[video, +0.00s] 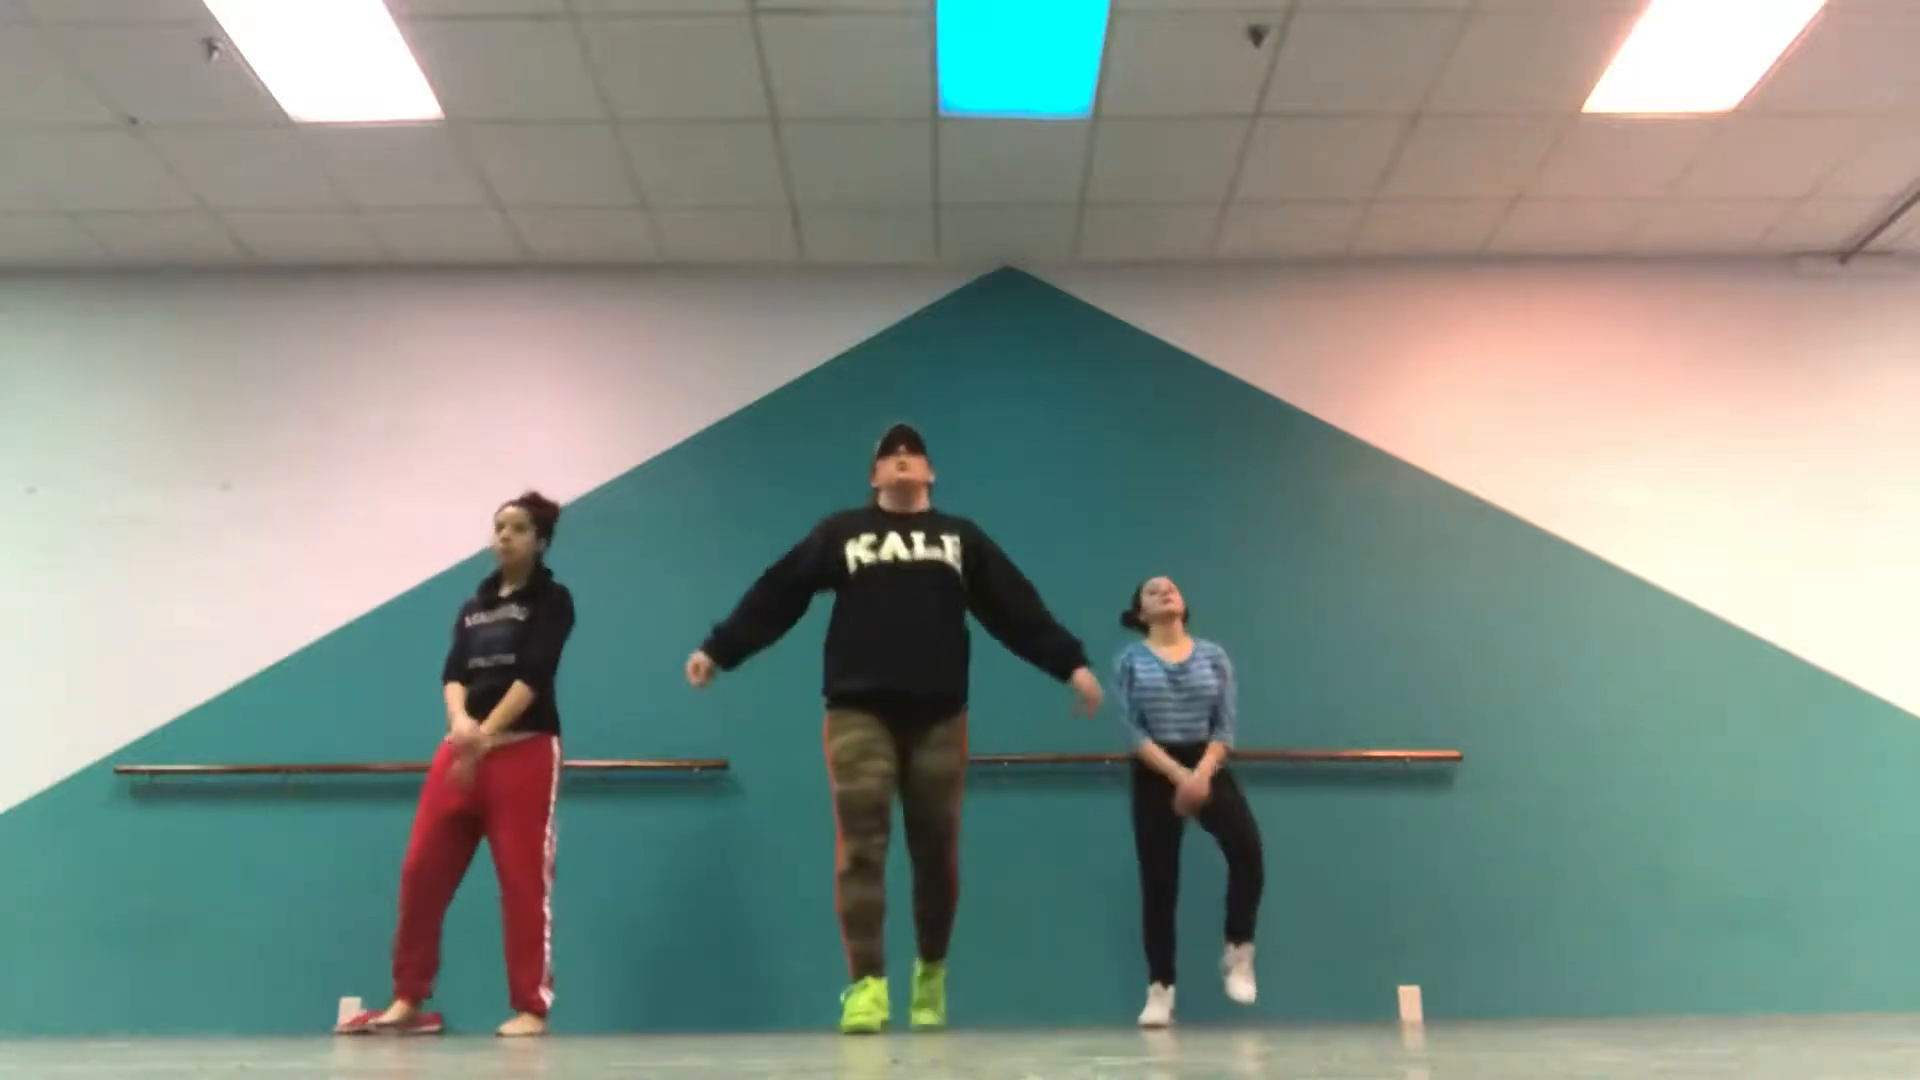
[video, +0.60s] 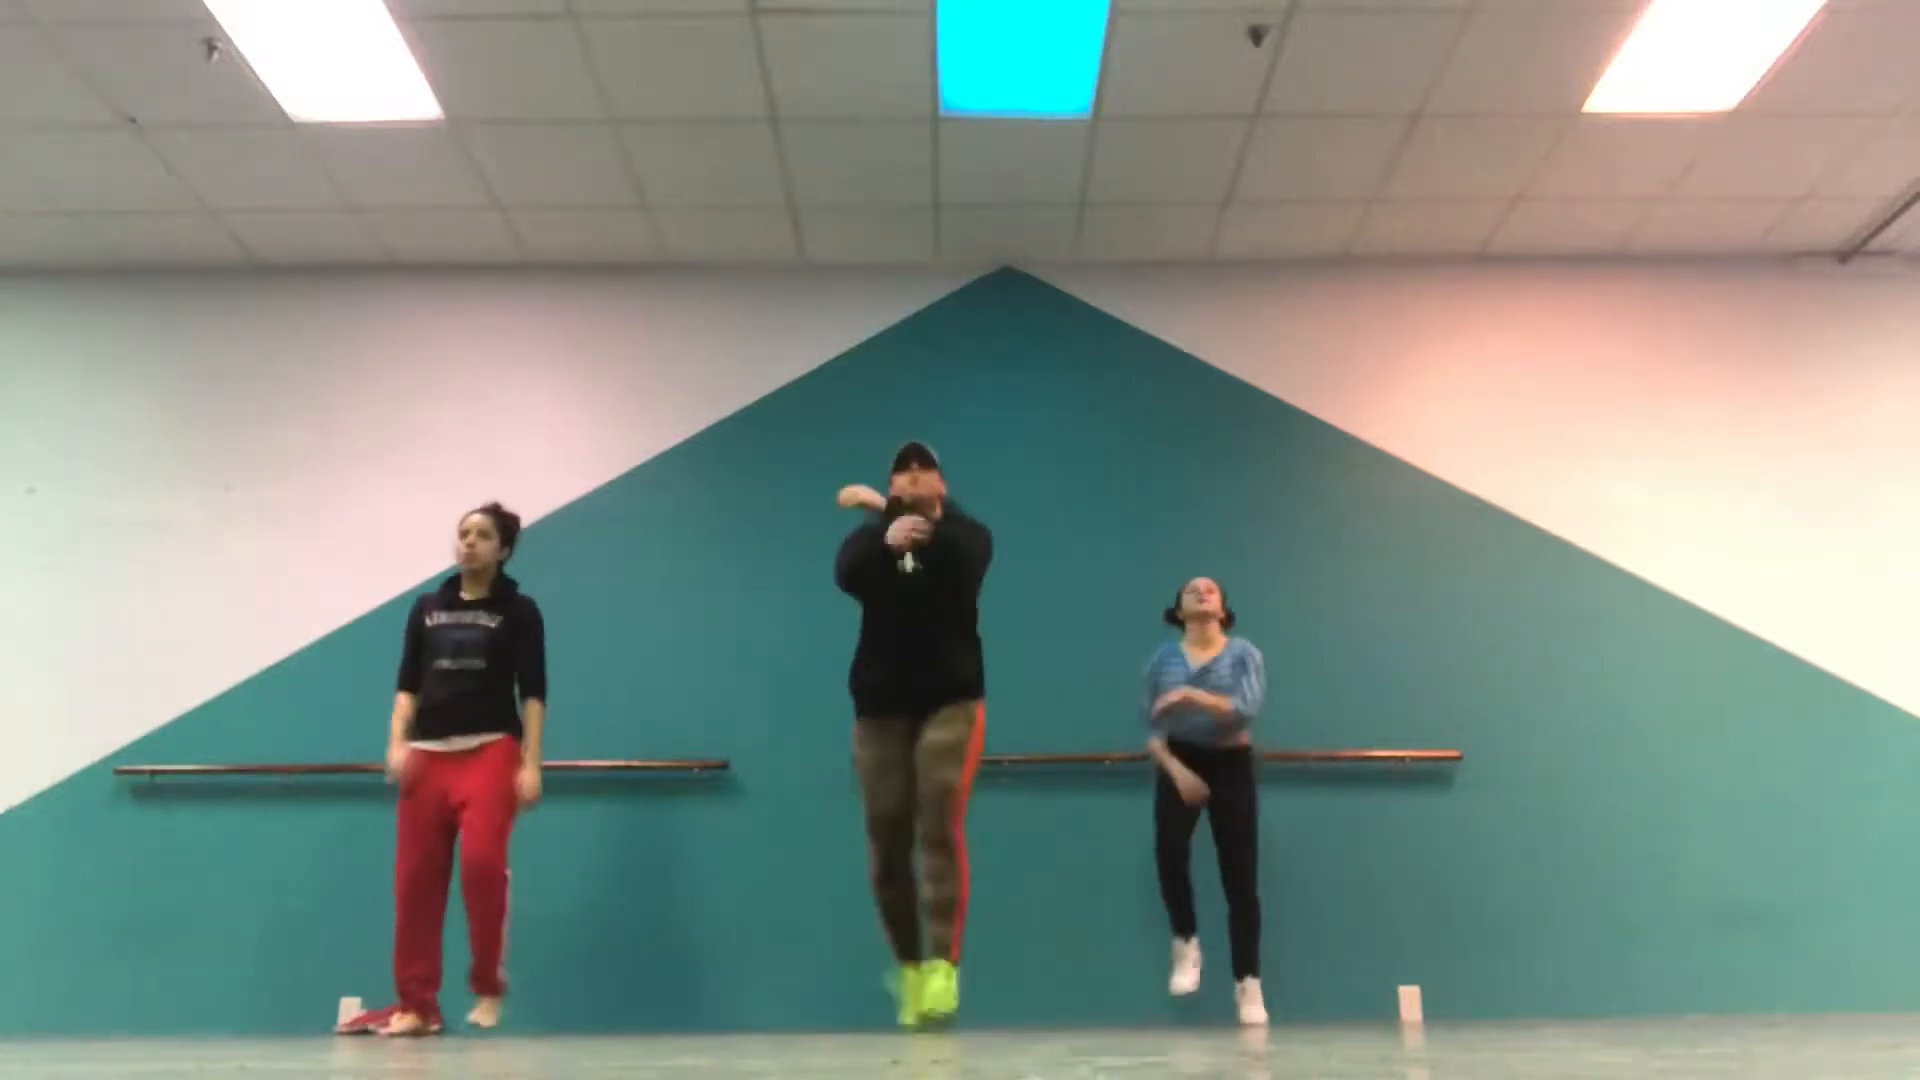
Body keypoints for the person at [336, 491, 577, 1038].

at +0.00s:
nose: (504, 537)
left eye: (516, 530)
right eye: (500, 528)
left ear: (539, 540)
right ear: (493, 536)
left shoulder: (553, 600)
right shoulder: (475, 603)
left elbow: (532, 677)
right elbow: (454, 673)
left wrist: (485, 737)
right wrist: (459, 721)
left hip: (523, 752)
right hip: (464, 747)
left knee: (524, 879)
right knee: (422, 871)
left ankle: (531, 1010)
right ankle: (410, 1001)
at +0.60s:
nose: (468, 543)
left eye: (480, 537)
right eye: (464, 535)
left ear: (503, 548)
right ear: (456, 543)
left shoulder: (520, 611)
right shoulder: (427, 608)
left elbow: (532, 692)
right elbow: (409, 685)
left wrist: (531, 763)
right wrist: (397, 742)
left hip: (490, 754)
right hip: (426, 754)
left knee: (481, 865)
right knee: (415, 879)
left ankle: (487, 991)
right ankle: (417, 1004)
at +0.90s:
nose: (508, 561)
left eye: (520, 553)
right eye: (501, 550)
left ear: (534, 564)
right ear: (487, 553)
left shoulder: (536, 631)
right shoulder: (447, 611)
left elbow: (524, 711)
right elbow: (392, 671)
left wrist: (519, 778)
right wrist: (326, 668)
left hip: (489, 771)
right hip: (423, 761)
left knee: (481, 886)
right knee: (394, 869)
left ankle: (463, 1008)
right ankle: (395, 993)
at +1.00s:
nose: (526, 572)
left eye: (536, 565)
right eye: (518, 561)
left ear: (548, 575)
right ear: (502, 564)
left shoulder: (538, 641)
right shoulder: (457, 602)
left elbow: (512, 714)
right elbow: (379, 606)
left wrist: (506, 781)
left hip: (482, 775)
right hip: (419, 761)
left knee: (476, 891)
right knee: (380, 848)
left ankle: (459, 1008)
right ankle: (347, 951)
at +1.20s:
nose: (534, 584)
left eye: (542, 575)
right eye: (525, 574)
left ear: (548, 583)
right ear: (504, 576)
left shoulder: (527, 639)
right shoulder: (480, 604)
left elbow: (481, 692)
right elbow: (440, 600)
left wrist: (466, 750)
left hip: (455, 775)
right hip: (403, 757)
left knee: (463, 890)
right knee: (349, 864)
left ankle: (457, 1010)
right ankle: (264, 923)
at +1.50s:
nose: (479, 605)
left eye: (488, 595)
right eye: (469, 595)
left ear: (496, 602)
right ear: (450, 599)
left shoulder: (483, 665)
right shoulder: (439, 650)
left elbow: (461, 738)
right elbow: (417, 729)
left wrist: (466, 790)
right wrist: (417, 798)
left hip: (446, 804)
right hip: (394, 793)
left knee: (484, 893)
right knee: (318, 901)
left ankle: (452, 1013)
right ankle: (219, 1003)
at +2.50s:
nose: (444, 561)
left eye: (454, 551)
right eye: (441, 552)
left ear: (484, 555)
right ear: (442, 556)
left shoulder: (511, 597)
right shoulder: (436, 603)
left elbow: (557, 630)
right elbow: (376, 647)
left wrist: (482, 656)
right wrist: (421, 667)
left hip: (503, 739)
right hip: (452, 745)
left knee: (400, 777)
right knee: (451, 879)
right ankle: (484, 998)